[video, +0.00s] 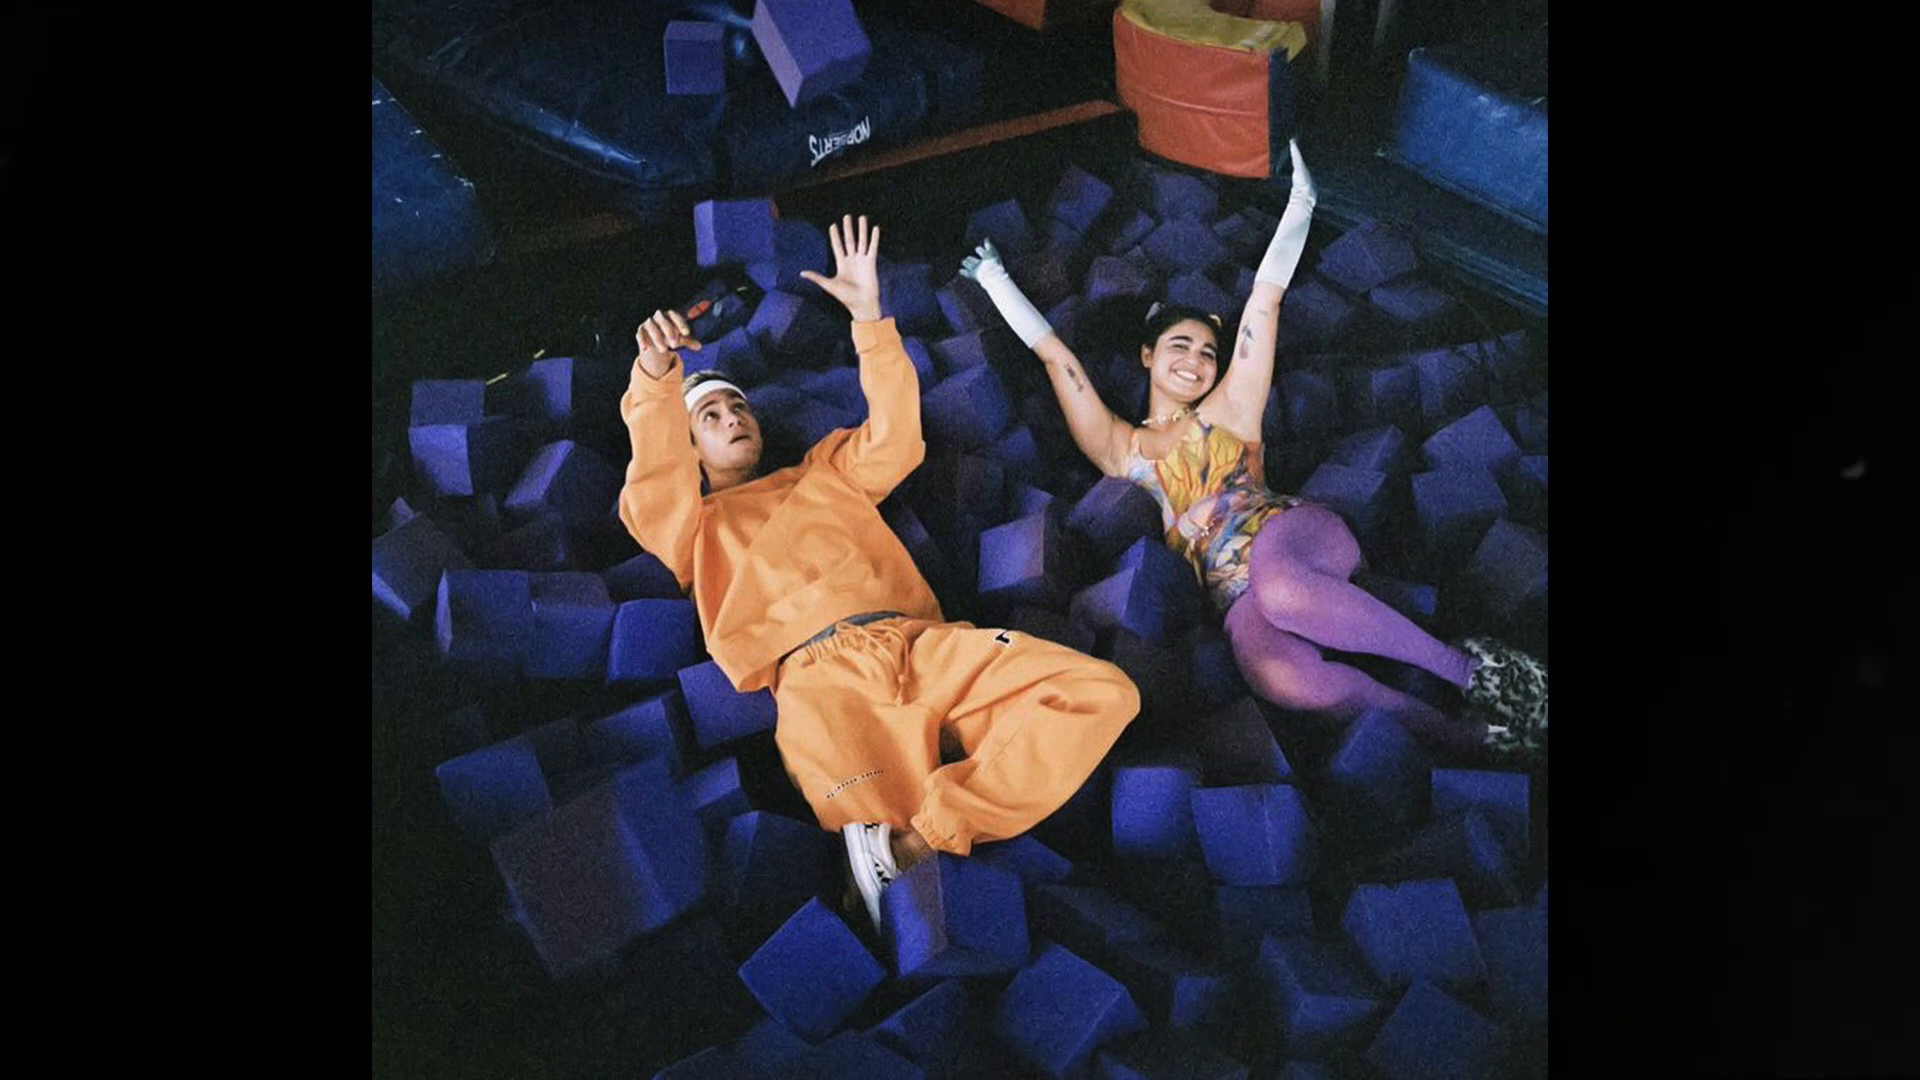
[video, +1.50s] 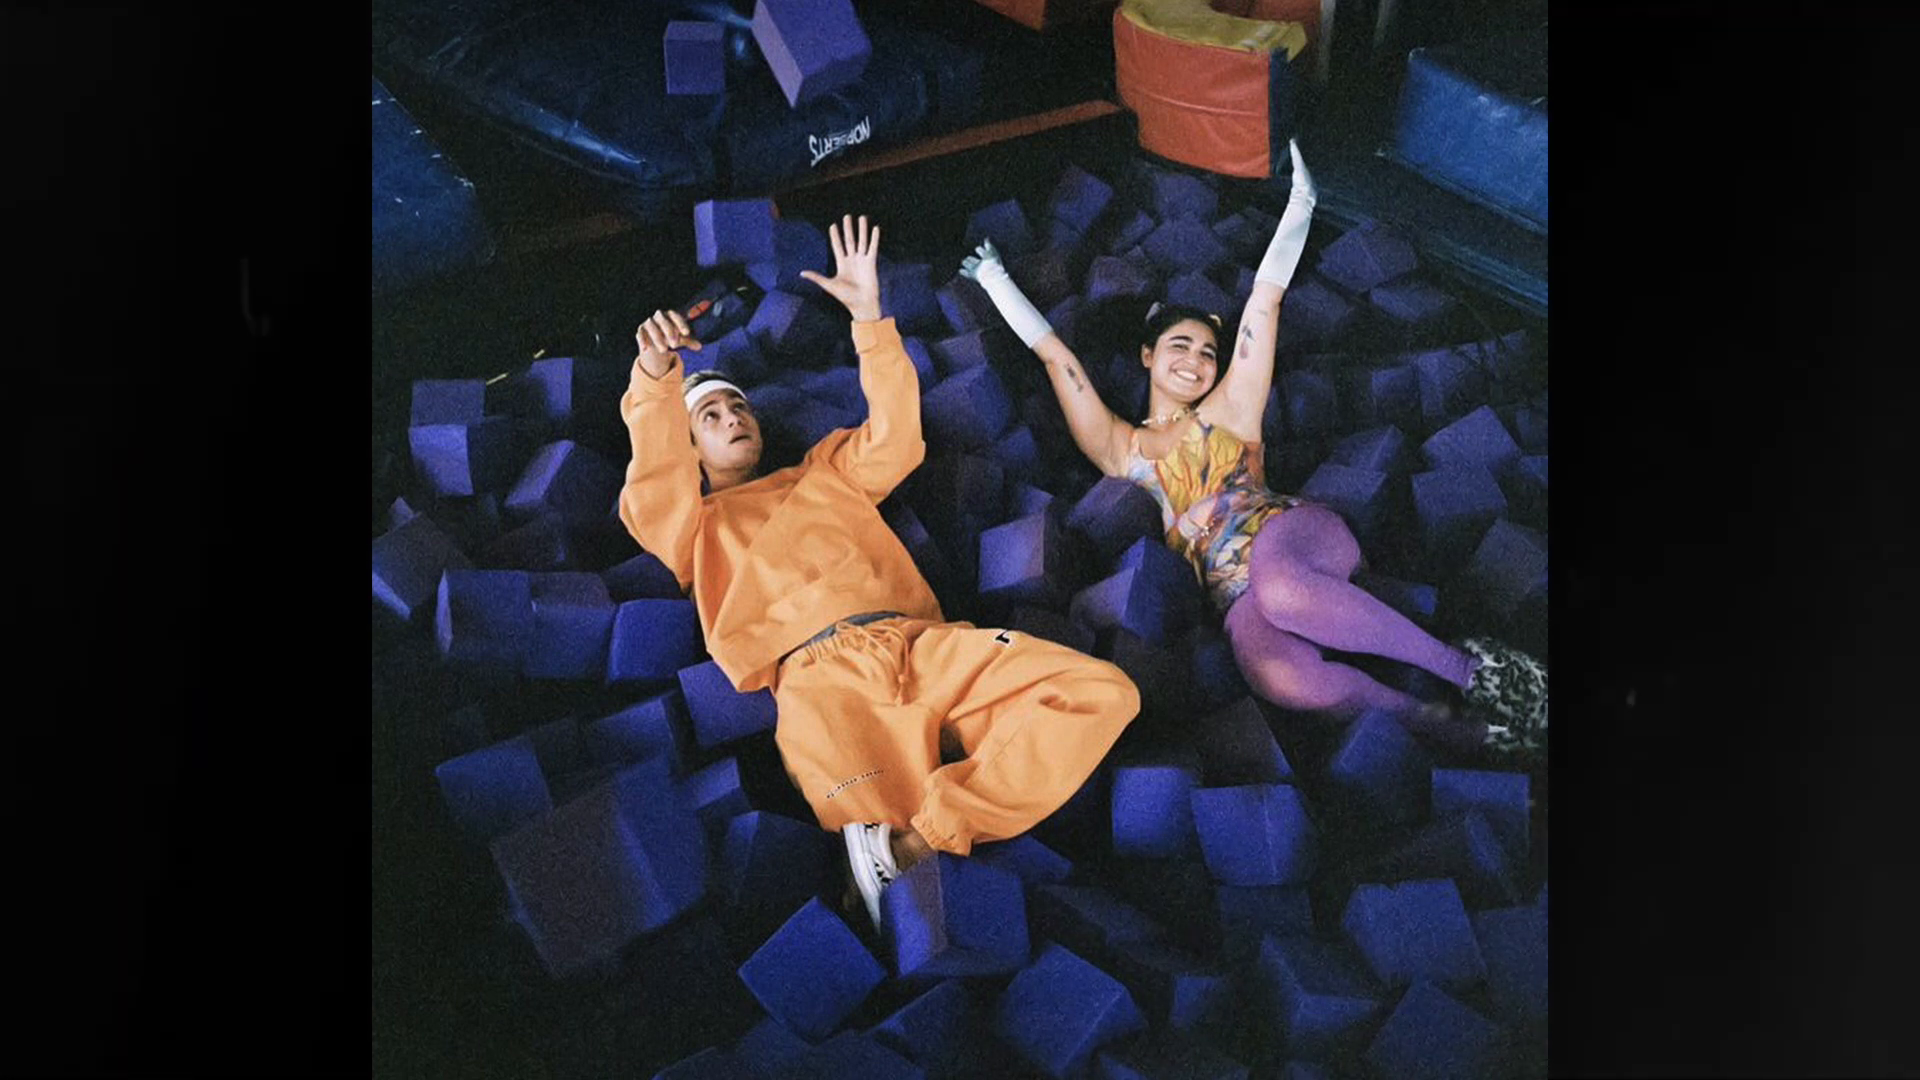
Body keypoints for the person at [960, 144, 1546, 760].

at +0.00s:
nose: (1192, 359)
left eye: (1205, 353)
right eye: (1177, 346)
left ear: (1217, 370)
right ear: (1145, 358)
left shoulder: (1230, 411)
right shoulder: (1123, 448)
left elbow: (1264, 305)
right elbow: (1057, 359)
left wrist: (1298, 209)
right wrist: (992, 278)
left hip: (1288, 531)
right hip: (1239, 597)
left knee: (1279, 593)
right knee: (1285, 679)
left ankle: (1471, 670)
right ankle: (1462, 733)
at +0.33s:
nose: (1190, 359)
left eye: (1204, 353)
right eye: (1176, 346)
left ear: (1216, 370)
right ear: (1145, 358)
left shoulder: (1230, 411)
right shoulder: (1122, 449)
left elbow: (1264, 305)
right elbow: (1057, 359)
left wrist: (1298, 209)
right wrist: (992, 277)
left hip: (1288, 531)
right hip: (1238, 596)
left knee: (1279, 593)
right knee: (1285, 679)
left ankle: (1471, 671)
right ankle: (1462, 734)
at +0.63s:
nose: (1190, 359)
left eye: (1204, 353)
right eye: (1176, 346)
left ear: (1216, 370)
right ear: (1145, 358)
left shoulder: (1230, 411)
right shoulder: (1122, 449)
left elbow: (1264, 305)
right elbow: (1057, 359)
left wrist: (1298, 209)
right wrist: (992, 277)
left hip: (1288, 531)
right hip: (1238, 596)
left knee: (1279, 593)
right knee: (1285, 679)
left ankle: (1471, 671)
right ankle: (1462, 733)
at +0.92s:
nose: (1191, 360)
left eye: (1205, 354)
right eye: (1177, 346)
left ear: (1217, 370)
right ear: (1145, 358)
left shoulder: (1230, 411)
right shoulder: (1124, 449)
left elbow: (1264, 304)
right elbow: (1057, 359)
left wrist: (1298, 209)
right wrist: (992, 278)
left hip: (1291, 533)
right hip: (1240, 599)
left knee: (1277, 592)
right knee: (1286, 680)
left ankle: (1471, 670)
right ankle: (1454, 728)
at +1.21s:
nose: (1191, 359)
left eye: (1205, 353)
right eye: (1176, 346)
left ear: (1217, 370)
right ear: (1145, 358)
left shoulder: (1230, 411)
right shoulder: (1123, 449)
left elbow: (1264, 304)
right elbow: (1057, 359)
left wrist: (1298, 209)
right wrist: (992, 277)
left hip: (1290, 532)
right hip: (1239, 598)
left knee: (1278, 592)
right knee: (1285, 679)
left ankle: (1471, 670)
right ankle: (1457, 730)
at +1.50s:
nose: (1190, 359)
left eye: (1204, 353)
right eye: (1176, 346)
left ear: (1216, 370)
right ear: (1145, 358)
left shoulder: (1230, 411)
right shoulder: (1122, 449)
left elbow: (1264, 304)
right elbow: (1057, 359)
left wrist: (1299, 209)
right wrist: (992, 277)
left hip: (1288, 531)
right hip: (1238, 596)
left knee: (1280, 593)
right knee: (1285, 680)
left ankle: (1472, 671)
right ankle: (1450, 723)